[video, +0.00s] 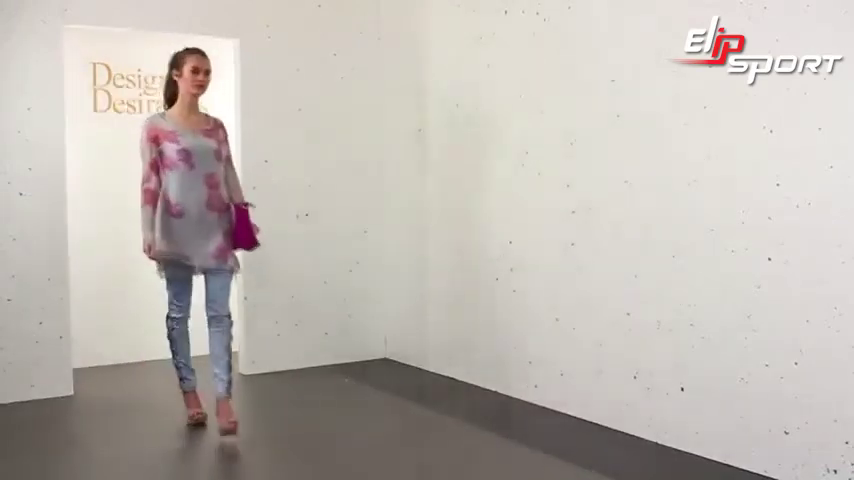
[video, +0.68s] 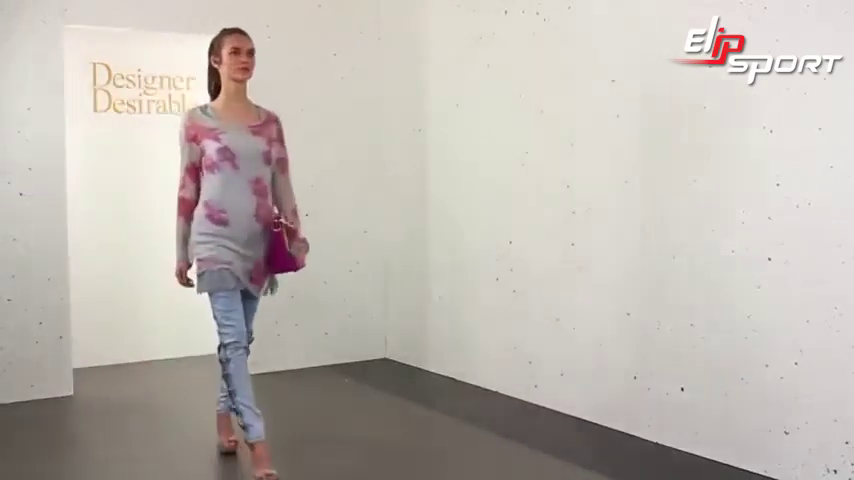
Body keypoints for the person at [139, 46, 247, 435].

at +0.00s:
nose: (201, 78)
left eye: (206, 73)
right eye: (195, 72)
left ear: (209, 79)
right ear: (177, 75)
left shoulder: (215, 127)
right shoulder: (155, 125)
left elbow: (230, 178)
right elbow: (150, 182)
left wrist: (243, 222)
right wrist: (148, 233)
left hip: (218, 233)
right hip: (176, 233)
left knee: (220, 315)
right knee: (179, 314)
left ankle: (224, 396)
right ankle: (188, 388)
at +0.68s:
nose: (244, 61)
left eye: (249, 54)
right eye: (235, 53)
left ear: (256, 61)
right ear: (216, 61)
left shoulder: (269, 121)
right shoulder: (197, 119)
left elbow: (282, 183)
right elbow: (188, 188)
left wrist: (296, 235)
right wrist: (182, 250)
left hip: (260, 239)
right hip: (213, 238)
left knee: (242, 337)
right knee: (234, 337)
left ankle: (225, 411)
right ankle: (256, 438)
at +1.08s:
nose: (277, 41)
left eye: (281, 34)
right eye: (267, 33)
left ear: (286, 42)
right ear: (245, 40)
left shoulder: (297, 105)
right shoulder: (220, 103)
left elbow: (311, 176)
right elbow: (213, 179)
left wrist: (325, 234)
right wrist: (214, 244)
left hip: (294, 240)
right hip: (242, 242)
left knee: (298, 347)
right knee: (247, 346)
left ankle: (298, 450)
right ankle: (260, 445)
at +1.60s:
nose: (330, 18)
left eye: (334, 10)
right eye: (317, 10)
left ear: (340, 22)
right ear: (293, 22)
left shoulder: (350, 100)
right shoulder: (266, 93)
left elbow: (363, 175)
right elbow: (252, 176)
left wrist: (385, 239)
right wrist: (248, 254)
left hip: (347, 248)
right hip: (291, 250)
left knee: (343, 372)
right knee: (320, 369)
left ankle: (329, 473)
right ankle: (291, 463)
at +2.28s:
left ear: (407, 3)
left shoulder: (428, 81)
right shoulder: (331, 76)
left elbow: (442, 172)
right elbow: (317, 176)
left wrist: (462, 251)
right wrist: (310, 269)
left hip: (419, 260)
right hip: (352, 261)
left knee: (423, 401)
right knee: (362, 397)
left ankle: (414, 473)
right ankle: (368, 474)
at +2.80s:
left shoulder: (496, 70)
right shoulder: (385, 58)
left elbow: (513, 173)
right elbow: (368, 175)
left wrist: (540, 258)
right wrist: (352, 277)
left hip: (489, 275)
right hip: (415, 274)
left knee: (488, 426)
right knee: (426, 426)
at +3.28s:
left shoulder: (493, 44)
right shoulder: (422, 36)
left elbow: (520, 146)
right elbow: (341, 126)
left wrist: (550, 243)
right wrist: (361, 233)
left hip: (510, 258)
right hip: (459, 262)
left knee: (504, 439)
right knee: (479, 440)